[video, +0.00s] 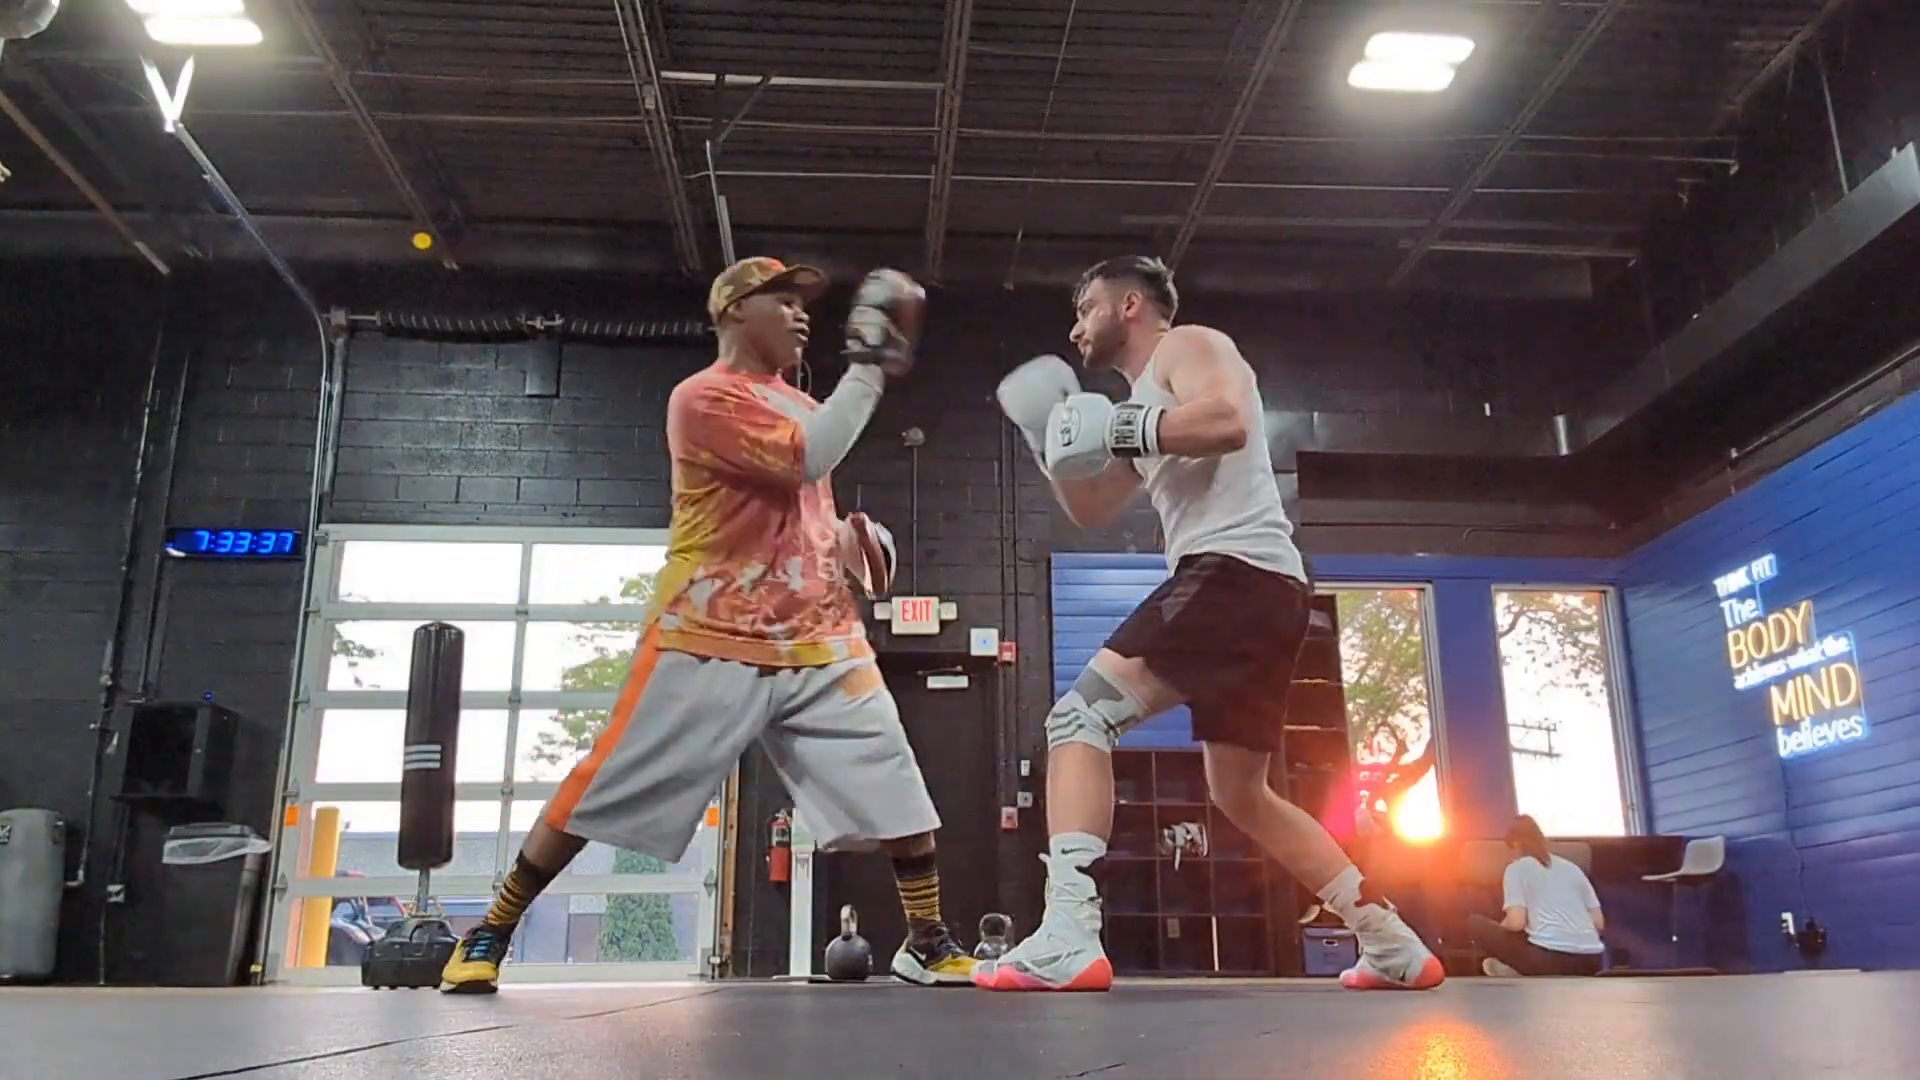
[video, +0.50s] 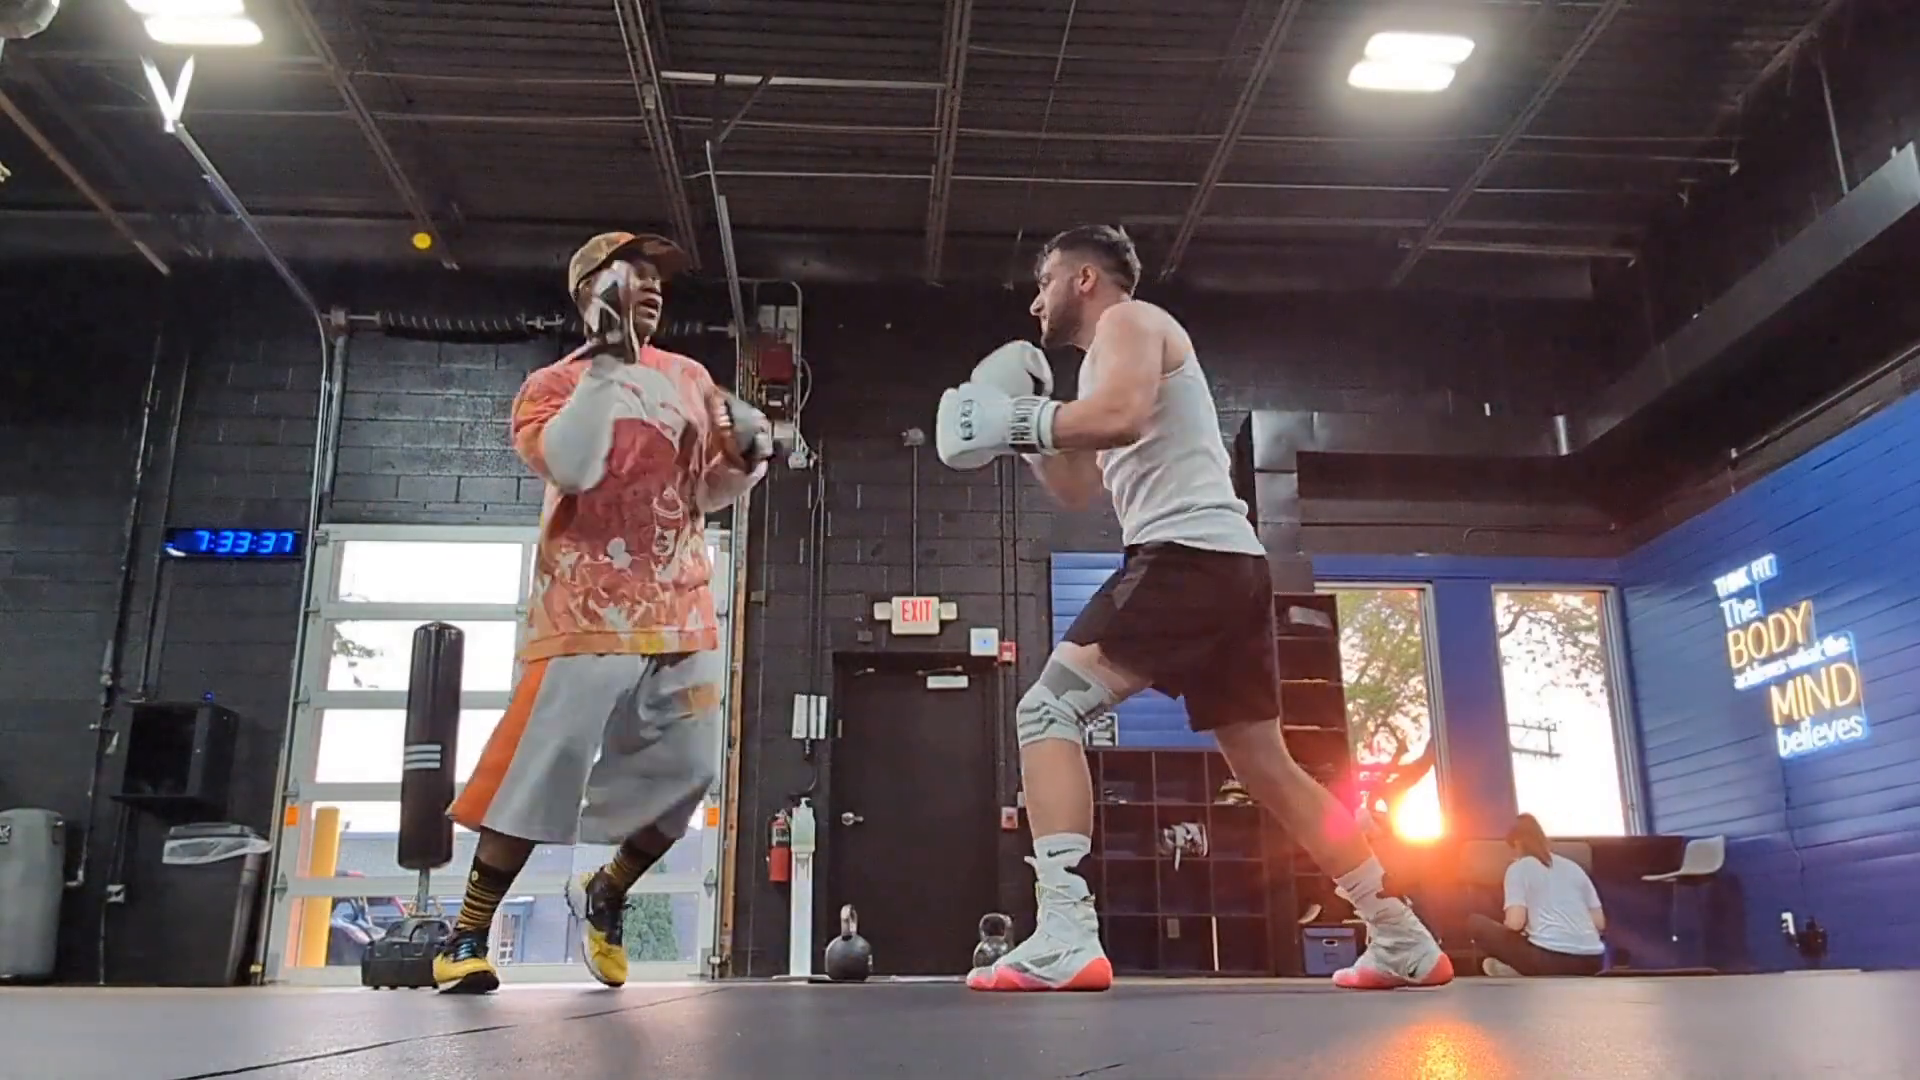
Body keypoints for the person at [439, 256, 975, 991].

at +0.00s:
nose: (801, 313)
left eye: (800, 304)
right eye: (783, 301)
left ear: (784, 323)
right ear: (733, 314)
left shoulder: (807, 409)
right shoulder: (701, 398)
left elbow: (807, 523)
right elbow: (804, 456)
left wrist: (849, 537)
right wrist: (869, 363)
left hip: (819, 627)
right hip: (709, 628)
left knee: (890, 763)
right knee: (608, 778)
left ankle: (929, 938)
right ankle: (492, 933)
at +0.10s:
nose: (742, 300)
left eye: (742, 290)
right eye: (724, 288)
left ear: (727, 307)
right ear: (675, 300)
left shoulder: (747, 396)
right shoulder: (640, 381)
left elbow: (749, 512)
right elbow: (739, 441)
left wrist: (830, 504)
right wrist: (850, 390)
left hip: (761, 619)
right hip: (657, 617)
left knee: (834, 759)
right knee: (570, 773)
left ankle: (897, 927)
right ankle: (476, 938)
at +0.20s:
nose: (687, 280)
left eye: (690, 270)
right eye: (667, 266)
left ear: (695, 291)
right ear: (620, 286)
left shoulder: (723, 377)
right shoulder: (579, 377)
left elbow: (784, 468)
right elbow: (599, 473)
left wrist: (887, 450)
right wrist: (707, 429)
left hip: (723, 606)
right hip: (615, 606)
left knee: (779, 753)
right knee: (549, 767)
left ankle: (770, 928)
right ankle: (472, 935)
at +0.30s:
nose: (642, 281)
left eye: (647, 271)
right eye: (621, 267)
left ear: (654, 291)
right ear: (578, 285)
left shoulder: (703, 368)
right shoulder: (538, 387)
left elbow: (817, 402)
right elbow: (529, 481)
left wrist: (932, 419)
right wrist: (627, 445)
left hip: (697, 612)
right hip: (584, 608)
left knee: (713, 768)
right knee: (538, 771)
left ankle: (660, 892)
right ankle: (472, 936)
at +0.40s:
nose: (627, 281)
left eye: (634, 271)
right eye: (606, 269)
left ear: (645, 293)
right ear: (566, 293)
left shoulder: (697, 366)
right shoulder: (537, 394)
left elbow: (792, 420)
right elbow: (516, 485)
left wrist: (863, 407)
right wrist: (589, 428)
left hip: (679, 620)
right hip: (576, 614)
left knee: (658, 794)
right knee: (534, 772)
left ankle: (606, 905)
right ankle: (470, 933)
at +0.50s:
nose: (649, 289)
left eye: (653, 279)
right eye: (632, 277)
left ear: (658, 296)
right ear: (590, 297)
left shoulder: (690, 378)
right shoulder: (553, 384)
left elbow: (709, 496)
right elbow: (571, 467)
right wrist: (609, 364)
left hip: (683, 606)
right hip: (587, 603)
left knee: (694, 764)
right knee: (548, 760)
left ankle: (607, 894)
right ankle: (471, 932)